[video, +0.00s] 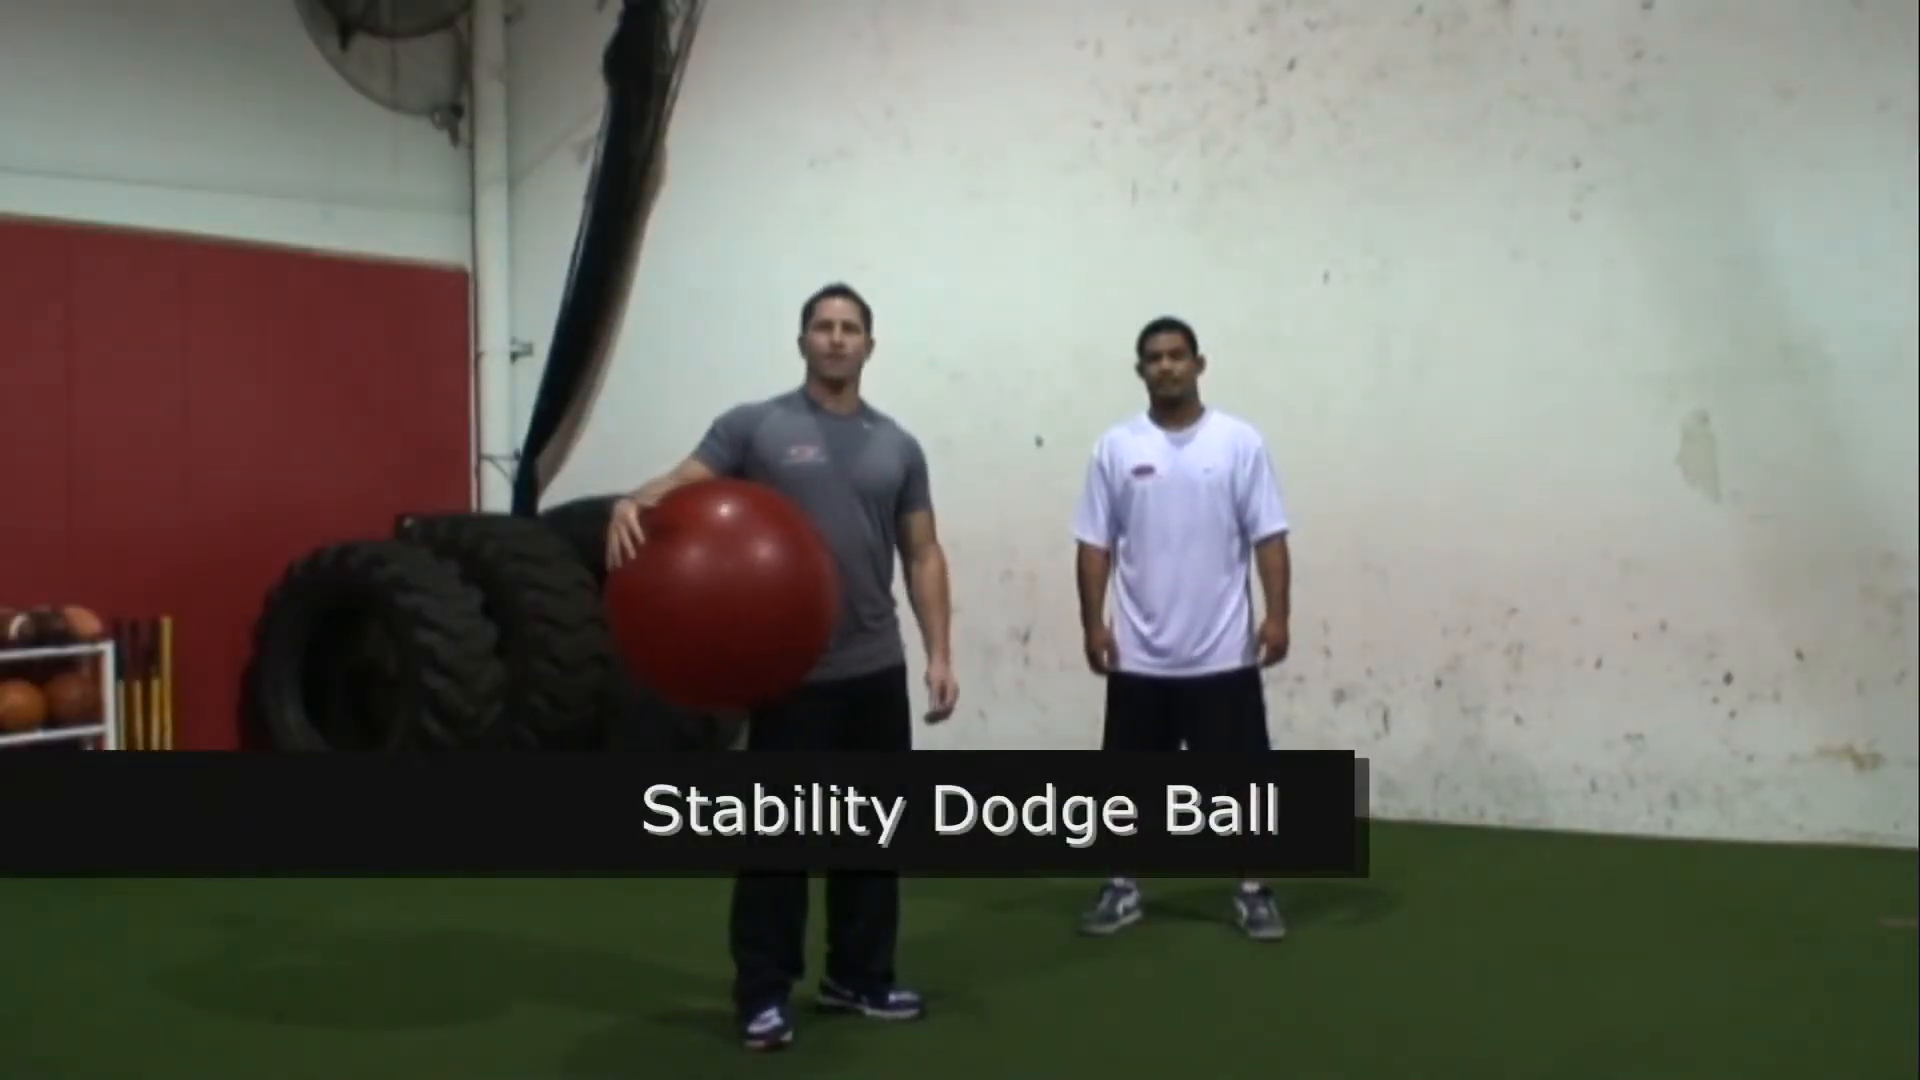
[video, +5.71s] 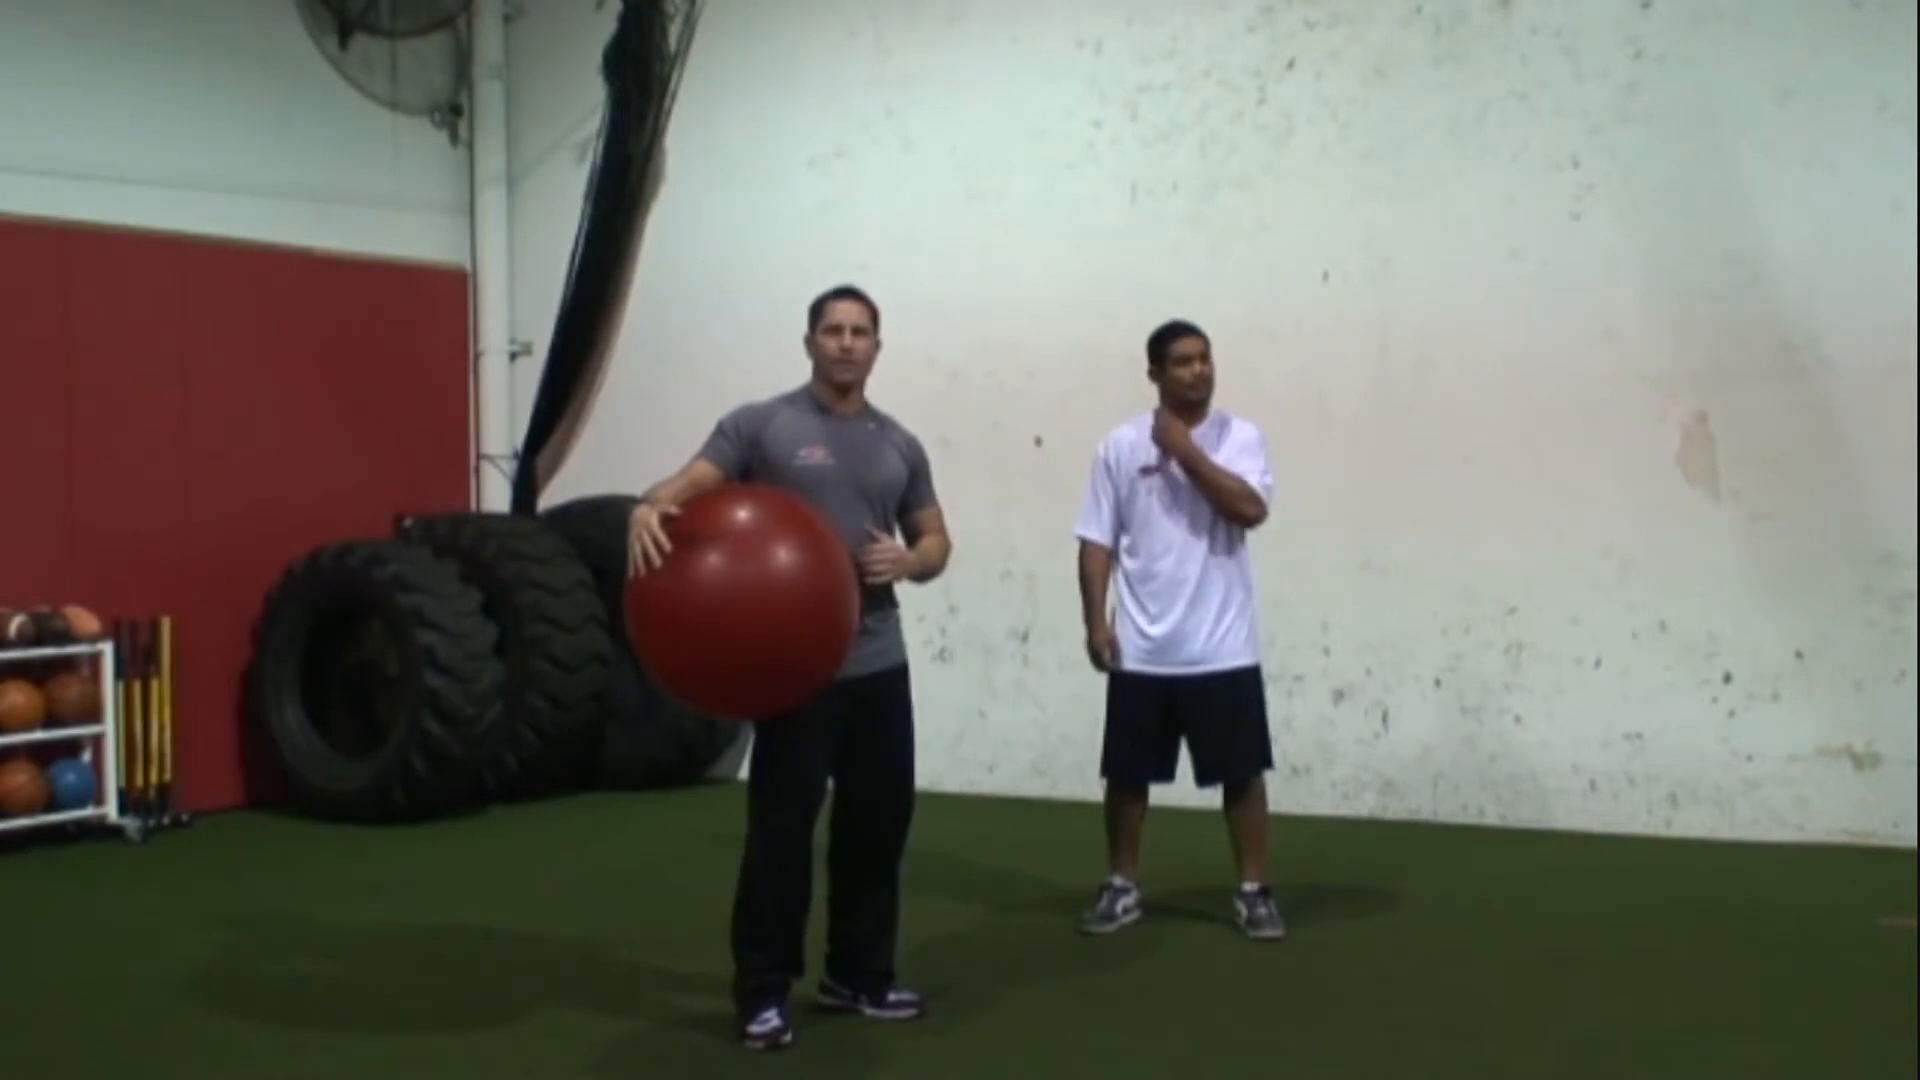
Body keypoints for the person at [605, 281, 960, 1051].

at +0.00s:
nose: (837, 338)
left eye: (850, 328)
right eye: (824, 327)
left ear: (869, 344)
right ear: (802, 341)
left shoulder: (897, 446)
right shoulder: (754, 426)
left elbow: (923, 552)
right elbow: (681, 484)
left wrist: (939, 651)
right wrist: (630, 504)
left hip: (874, 668)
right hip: (784, 673)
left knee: (873, 831)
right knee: (777, 834)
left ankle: (859, 976)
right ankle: (766, 994)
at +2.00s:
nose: (834, 335)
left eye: (847, 324)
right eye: (820, 324)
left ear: (868, 342)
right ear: (799, 340)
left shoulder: (900, 442)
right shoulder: (756, 427)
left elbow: (930, 549)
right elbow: (686, 482)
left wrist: (936, 653)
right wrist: (642, 501)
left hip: (878, 669)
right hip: (789, 671)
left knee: (875, 833)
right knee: (777, 836)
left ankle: (861, 977)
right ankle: (765, 995)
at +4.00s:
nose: (851, 337)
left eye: (863, 328)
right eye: (837, 325)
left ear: (879, 344)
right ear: (811, 338)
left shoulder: (897, 446)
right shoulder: (761, 421)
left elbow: (918, 552)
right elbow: (687, 481)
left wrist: (939, 654)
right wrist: (663, 498)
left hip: (876, 669)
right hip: (790, 670)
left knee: (874, 826)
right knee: (781, 833)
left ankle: (860, 975)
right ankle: (763, 994)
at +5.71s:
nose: (847, 343)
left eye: (860, 332)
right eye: (834, 331)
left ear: (877, 347)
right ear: (810, 343)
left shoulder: (899, 446)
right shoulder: (760, 426)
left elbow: (936, 545)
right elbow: (689, 484)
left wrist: (909, 561)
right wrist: (647, 507)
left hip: (878, 669)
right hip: (791, 671)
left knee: (877, 824)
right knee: (780, 832)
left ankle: (859, 976)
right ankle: (765, 993)